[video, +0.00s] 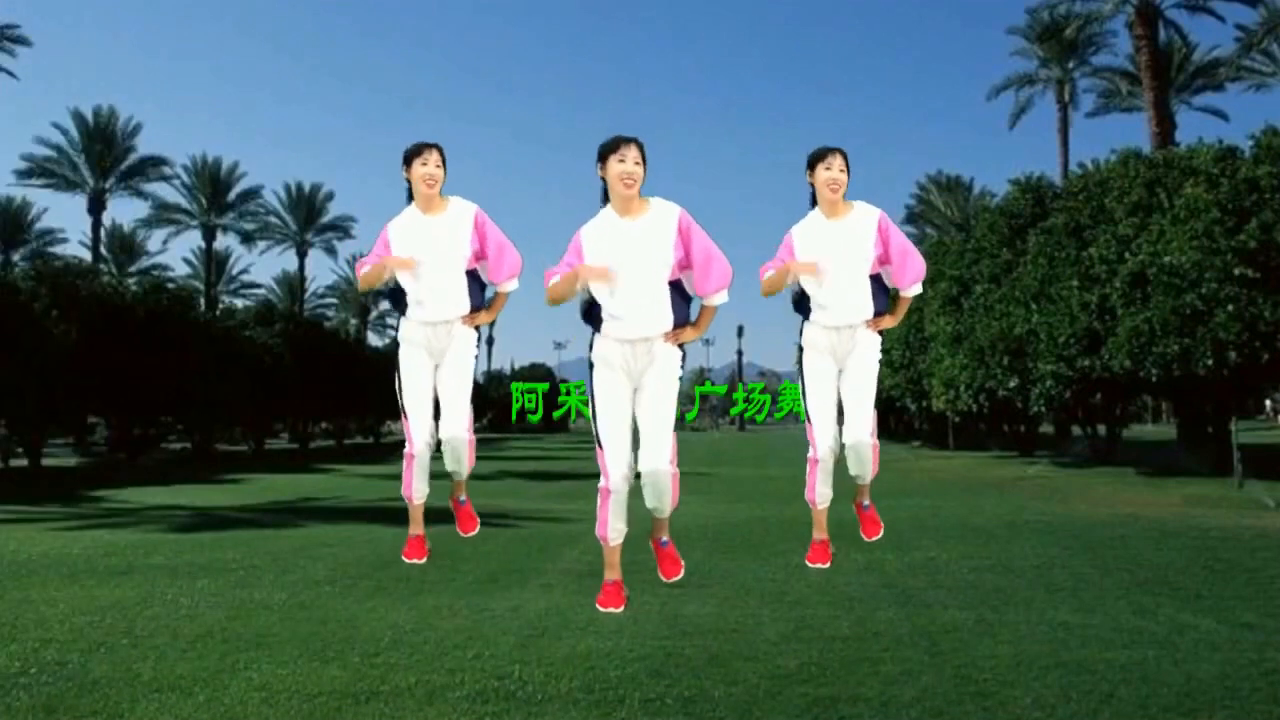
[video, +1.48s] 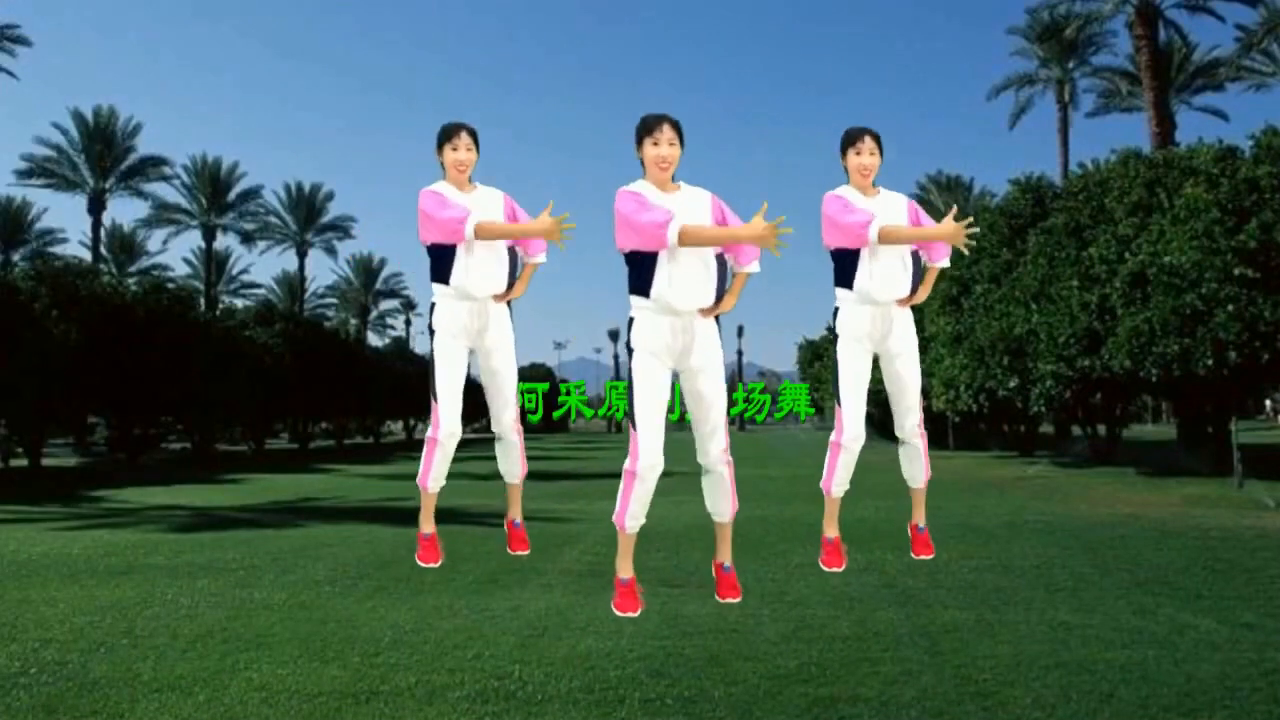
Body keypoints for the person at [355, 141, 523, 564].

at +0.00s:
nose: (431, 170)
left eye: (437, 164)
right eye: (423, 164)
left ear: (445, 174)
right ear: (408, 174)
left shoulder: (468, 215)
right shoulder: (397, 227)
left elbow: (509, 262)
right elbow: (364, 282)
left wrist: (491, 310)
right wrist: (386, 265)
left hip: (459, 330)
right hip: (415, 332)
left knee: (456, 431)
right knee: (419, 432)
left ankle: (459, 496)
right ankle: (416, 529)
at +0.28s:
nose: (440, 166)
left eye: (446, 159)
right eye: (432, 158)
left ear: (454, 164)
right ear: (417, 164)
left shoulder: (477, 199)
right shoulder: (408, 207)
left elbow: (525, 237)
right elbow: (405, 232)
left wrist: (512, 285)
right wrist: (411, 175)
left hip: (482, 311)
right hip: (438, 315)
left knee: (497, 423)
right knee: (433, 427)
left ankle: (521, 511)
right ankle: (417, 526)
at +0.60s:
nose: (445, 147)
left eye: (450, 140)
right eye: (437, 141)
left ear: (459, 145)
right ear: (422, 148)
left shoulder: (485, 180)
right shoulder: (418, 190)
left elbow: (529, 220)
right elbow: (410, 219)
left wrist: (513, 269)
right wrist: (416, 167)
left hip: (487, 295)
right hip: (443, 299)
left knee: (498, 414)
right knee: (435, 413)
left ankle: (506, 494)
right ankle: (419, 517)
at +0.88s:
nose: (441, 185)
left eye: (446, 178)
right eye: (432, 180)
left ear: (456, 184)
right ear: (419, 189)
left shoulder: (484, 223)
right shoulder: (419, 233)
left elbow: (521, 273)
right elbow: (417, 268)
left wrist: (506, 322)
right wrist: (409, 225)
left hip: (473, 340)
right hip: (428, 339)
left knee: (465, 448)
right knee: (427, 440)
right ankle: (431, 533)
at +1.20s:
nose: (457, 159)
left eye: (464, 153)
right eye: (449, 152)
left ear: (473, 160)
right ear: (434, 159)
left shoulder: (495, 198)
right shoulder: (426, 201)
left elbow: (532, 243)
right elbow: (472, 209)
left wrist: (521, 283)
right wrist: (502, 162)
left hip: (497, 304)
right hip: (454, 307)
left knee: (507, 421)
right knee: (451, 427)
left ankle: (517, 517)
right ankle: (431, 527)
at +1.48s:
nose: (461, 155)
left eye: (468, 148)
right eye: (453, 148)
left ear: (477, 155)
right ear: (440, 156)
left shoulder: (498, 200)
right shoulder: (432, 198)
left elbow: (535, 245)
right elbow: (472, 228)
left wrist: (517, 289)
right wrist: (533, 229)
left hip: (495, 311)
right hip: (451, 312)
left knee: (507, 420)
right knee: (447, 423)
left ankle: (515, 518)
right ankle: (427, 525)